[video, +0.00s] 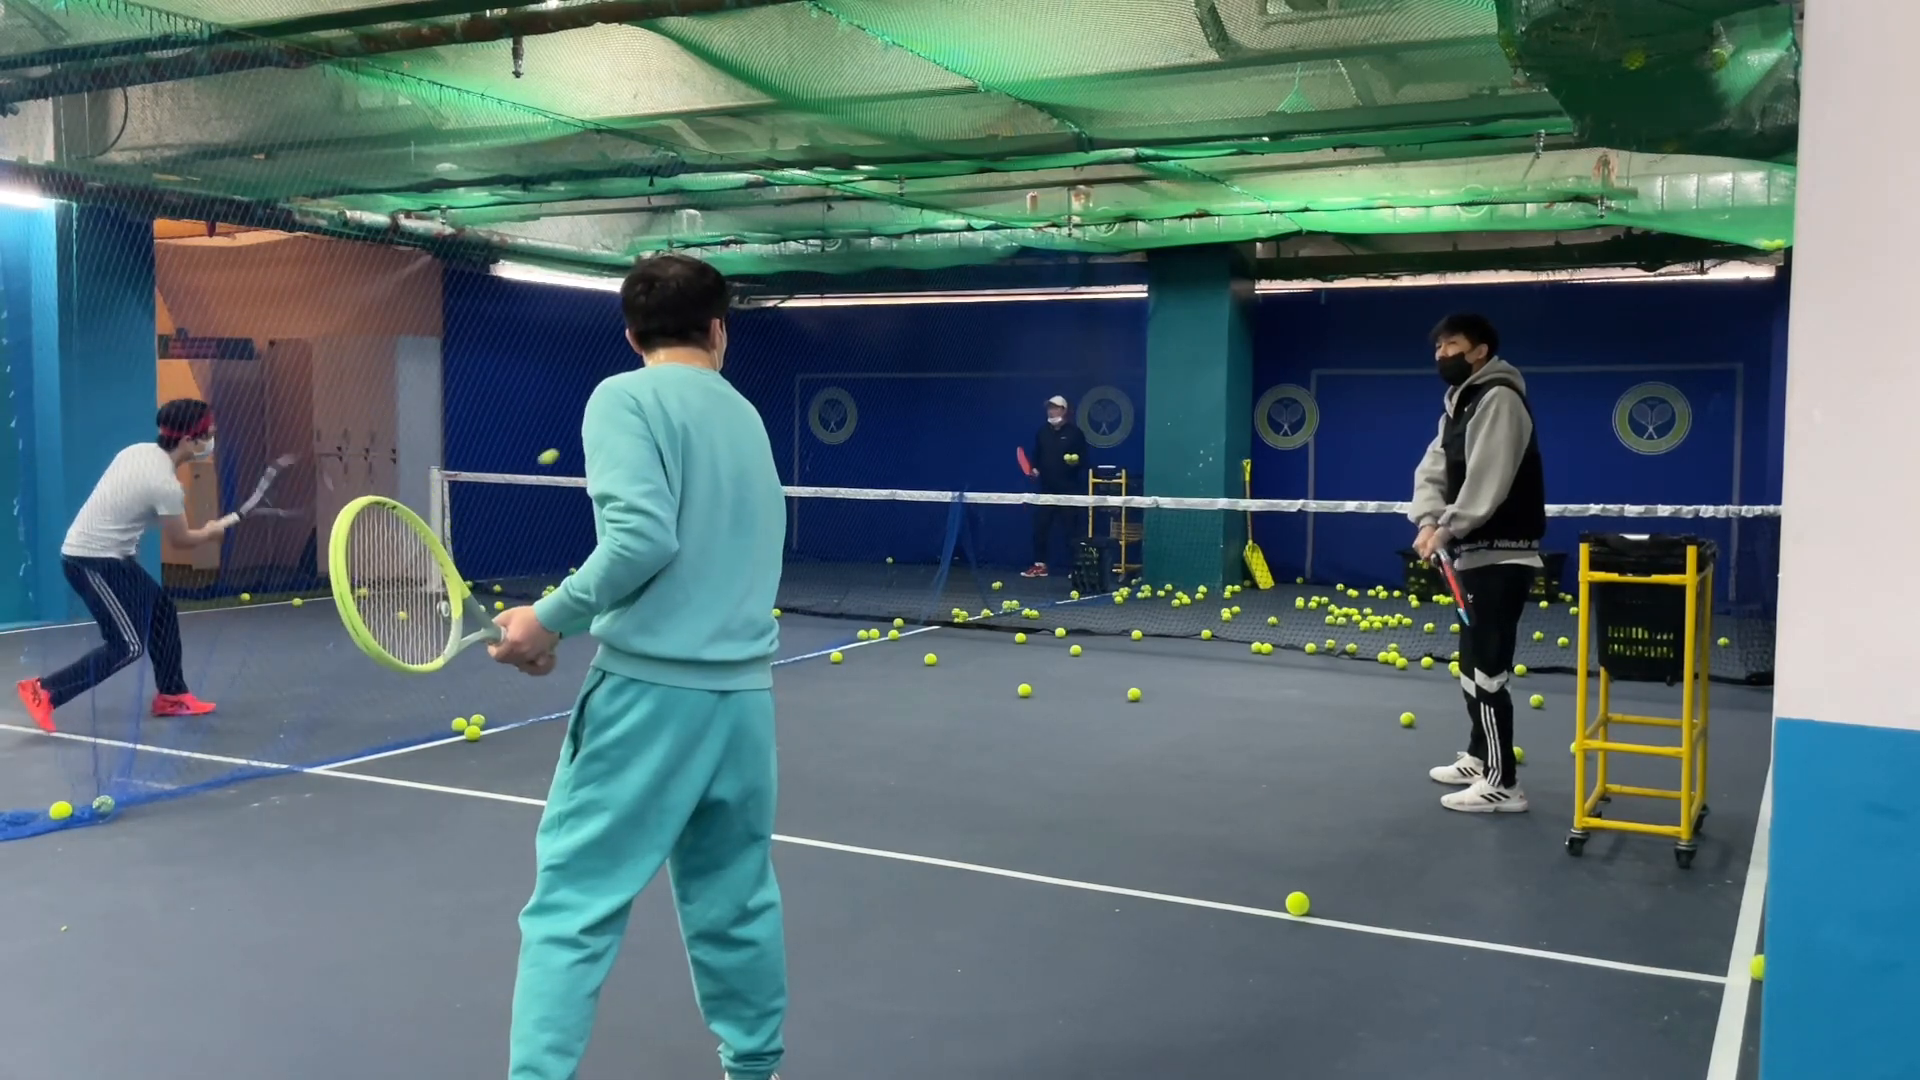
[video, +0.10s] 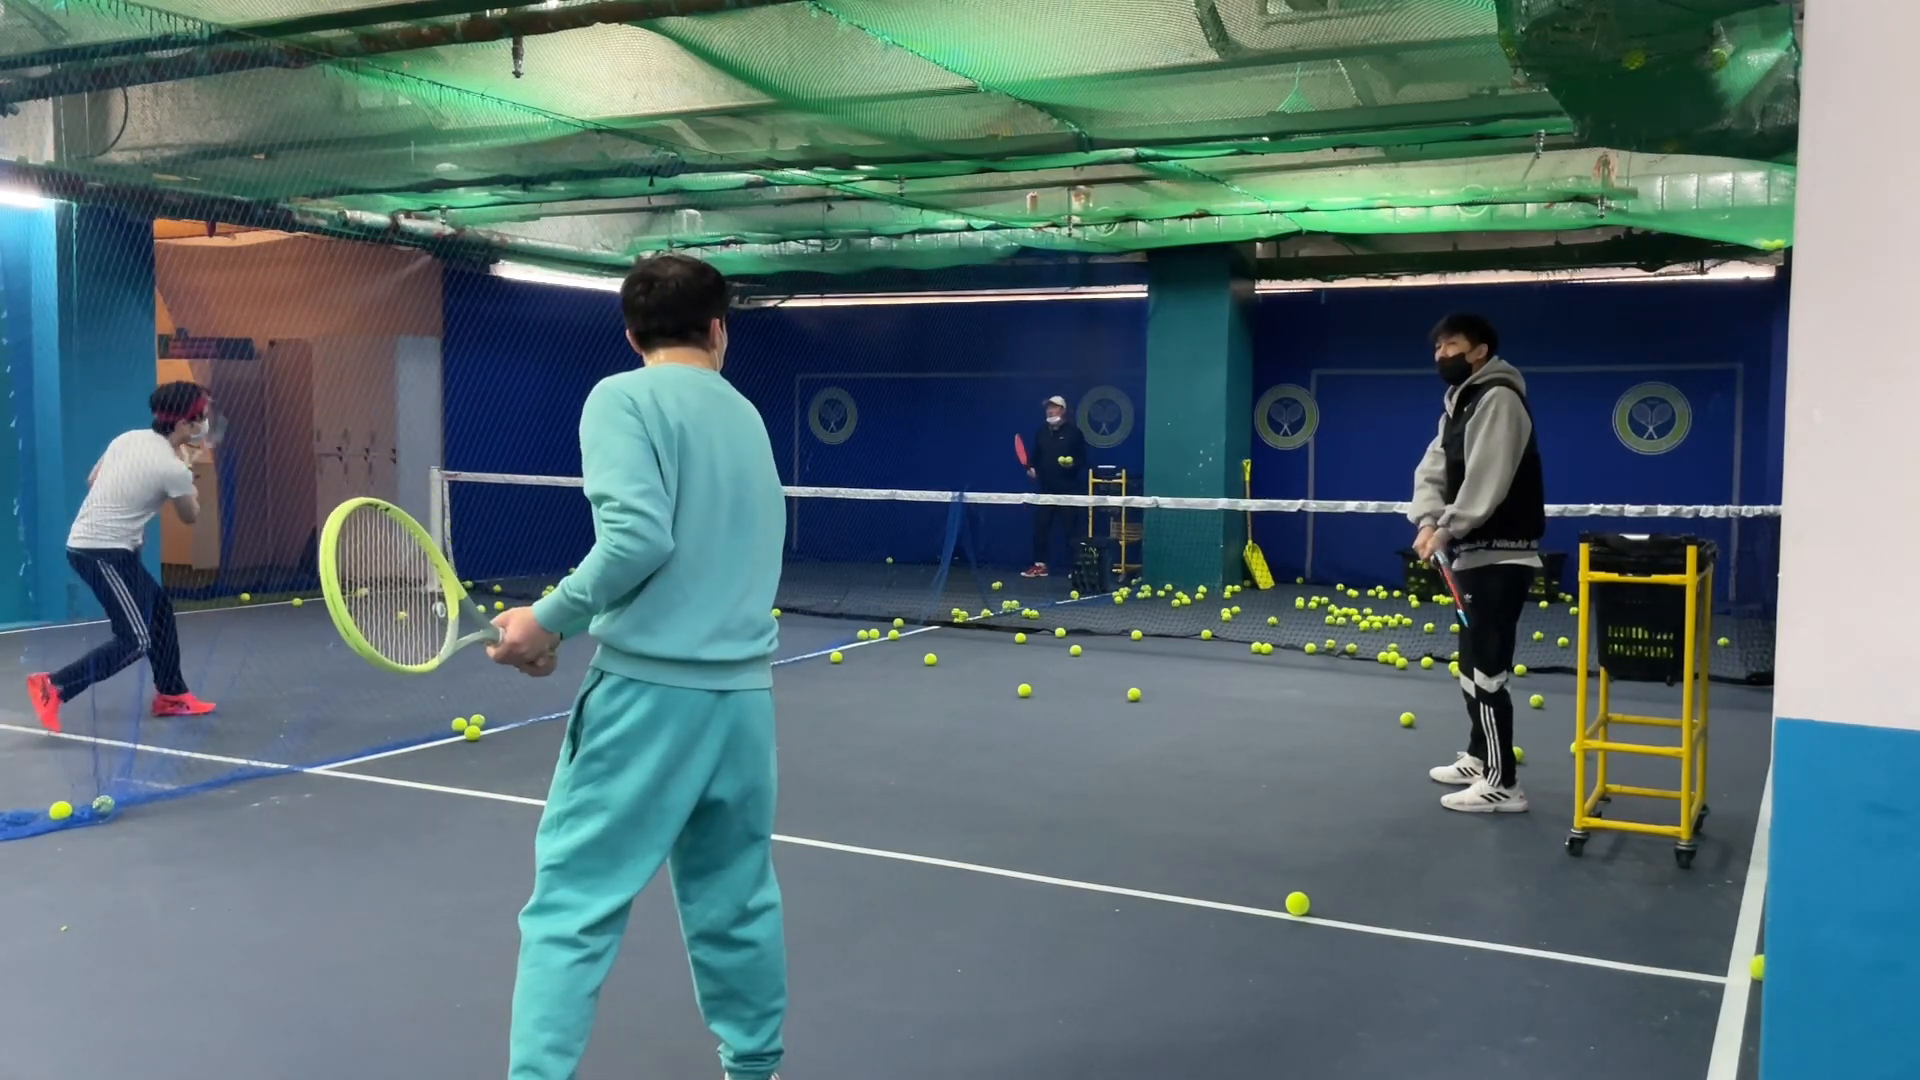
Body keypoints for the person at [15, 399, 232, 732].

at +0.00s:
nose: (208, 442)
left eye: (209, 435)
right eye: (205, 435)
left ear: (169, 432)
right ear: (187, 439)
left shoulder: (137, 451)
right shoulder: (165, 482)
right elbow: (181, 539)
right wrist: (213, 530)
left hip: (113, 555)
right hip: (91, 559)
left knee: (161, 607)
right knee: (129, 646)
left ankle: (171, 694)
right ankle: (44, 692)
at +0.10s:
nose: (202, 426)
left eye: (202, 418)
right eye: (198, 419)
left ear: (163, 417)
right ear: (180, 422)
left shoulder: (128, 438)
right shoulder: (172, 466)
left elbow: (94, 479)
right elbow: (190, 514)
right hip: (101, 549)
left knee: (159, 608)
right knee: (137, 641)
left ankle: (171, 693)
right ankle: (53, 687)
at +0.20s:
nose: (185, 411)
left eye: (185, 403)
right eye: (181, 404)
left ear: (145, 404)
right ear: (165, 408)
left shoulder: (109, 432)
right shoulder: (167, 454)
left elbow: (85, 478)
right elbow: (192, 493)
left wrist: (133, 494)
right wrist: (184, 467)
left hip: (90, 545)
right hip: (113, 550)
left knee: (160, 607)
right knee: (148, 635)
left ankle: (171, 693)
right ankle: (70, 689)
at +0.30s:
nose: (166, 403)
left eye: (165, 396)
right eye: (161, 397)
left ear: (123, 401)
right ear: (144, 404)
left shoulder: (86, 436)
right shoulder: (153, 448)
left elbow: (69, 484)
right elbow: (186, 472)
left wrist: (108, 474)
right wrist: (163, 459)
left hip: (86, 551)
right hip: (118, 552)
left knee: (157, 611)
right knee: (154, 636)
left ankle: (170, 694)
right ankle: (89, 706)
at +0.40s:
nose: (142, 397)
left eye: (141, 390)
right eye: (136, 391)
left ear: (100, 397)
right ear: (118, 397)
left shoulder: (61, 437)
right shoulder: (134, 443)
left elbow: (51, 486)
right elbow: (169, 453)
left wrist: (90, 480)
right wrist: (125, 437)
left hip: (72, 555)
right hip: (110, 552)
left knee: (131, 628)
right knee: (136, 637)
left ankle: (166, 694)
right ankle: (80, 718)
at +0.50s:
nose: (119, 392)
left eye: (117, 384)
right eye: (114, 386)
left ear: (73, 391)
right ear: (98, 394)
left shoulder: (37, 434)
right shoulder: (115, 437)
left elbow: (30, 483)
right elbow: (146, 441)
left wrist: (67, 472)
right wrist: (101, 430)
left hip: (53, 555)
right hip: (97, 550)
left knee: (104, 630)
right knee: (131, 633)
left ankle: (144, 691)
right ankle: (78, 719)